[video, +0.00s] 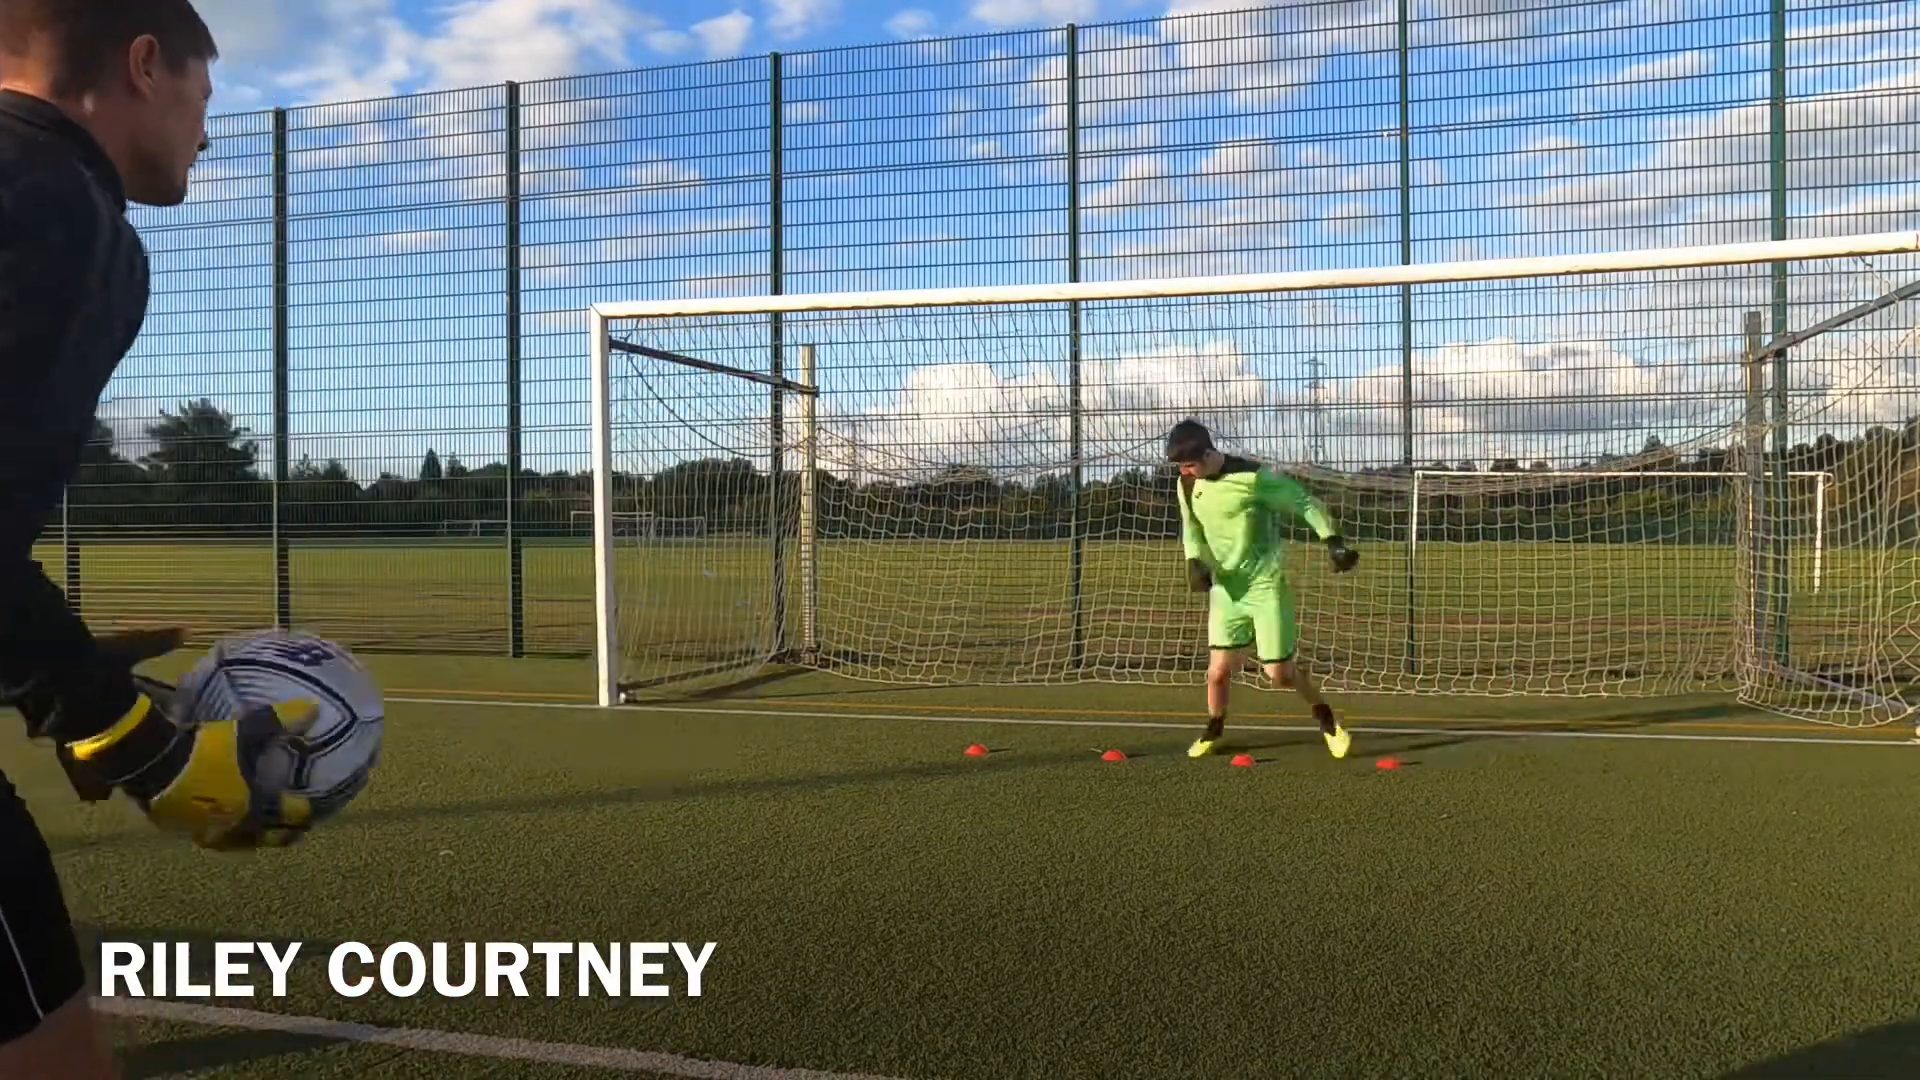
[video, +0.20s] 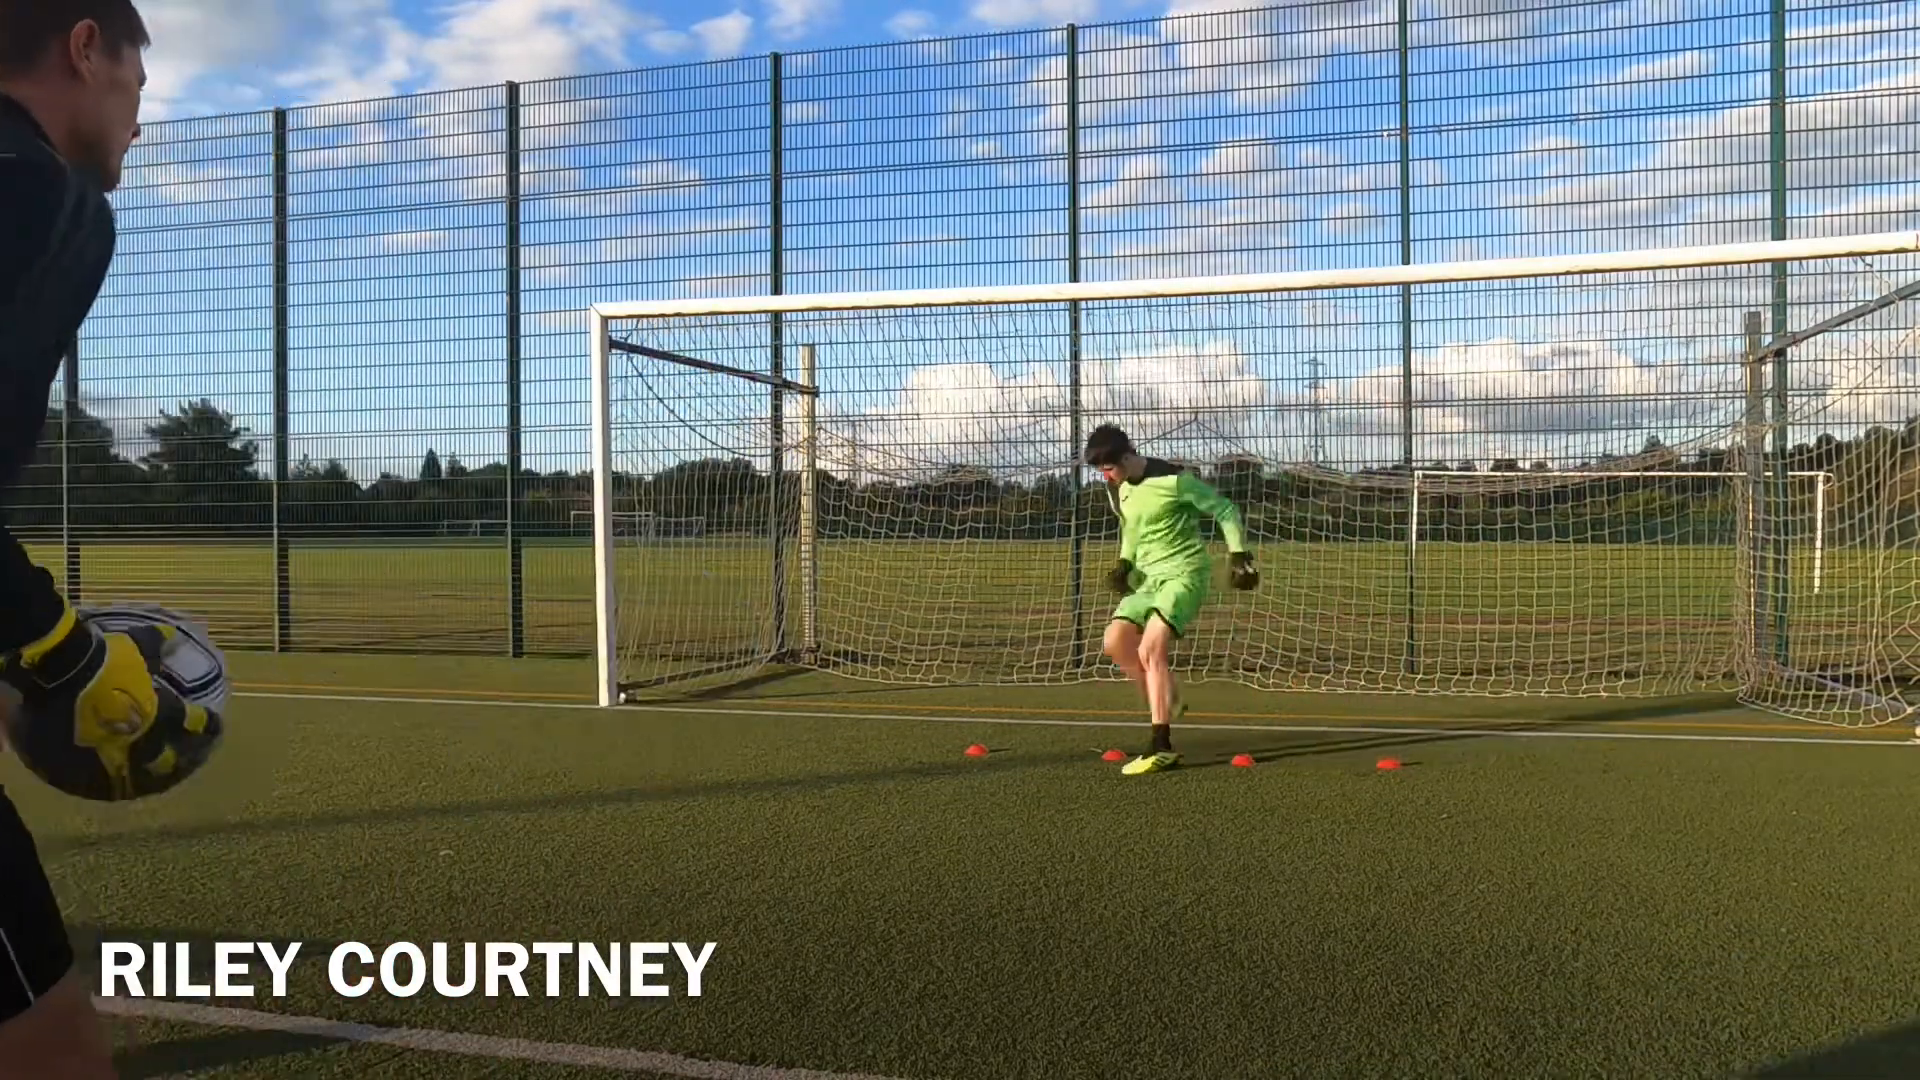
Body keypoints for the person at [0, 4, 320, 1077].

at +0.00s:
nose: (205, 130)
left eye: (209, 98)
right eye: (202, 92)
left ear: (47, 64)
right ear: (139, 64)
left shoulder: (34, 192)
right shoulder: (69, 220)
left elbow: (5, 530)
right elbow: (5, 533)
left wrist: (72, 682)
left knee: (58, 1033)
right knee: (55, 1040)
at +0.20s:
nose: (139, 117)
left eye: (142, 87)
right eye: (137, 82)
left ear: (54, 52)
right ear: (82, 52)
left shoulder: (42, 197)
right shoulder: (50, 201)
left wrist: (45, 654)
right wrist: (58, 654)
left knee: (51, 1033)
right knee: (52, 1039)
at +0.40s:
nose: (110, 88)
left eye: (114, 60)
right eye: (110, 53)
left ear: (45, 42)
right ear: (58, 39)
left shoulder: (49, 195)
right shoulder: (47, 194)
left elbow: (26, 484)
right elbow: (22, 482)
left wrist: (94, 697)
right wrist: (103, 694)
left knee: (44, 1010)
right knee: (42, 1017)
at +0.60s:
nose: (125, 190)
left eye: (136, 166)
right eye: (131, 157)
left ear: (38, 106)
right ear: (88, 107)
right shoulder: (71, 247)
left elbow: (47, 541)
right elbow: (106, 536)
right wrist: (247, 592)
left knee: (28, 996)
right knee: (24, 1001)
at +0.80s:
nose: (238, 213)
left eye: (244, 189)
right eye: (240, 184)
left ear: (87, 147)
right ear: (199, 147)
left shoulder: (8, 235)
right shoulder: (196, 257)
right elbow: (198, 467)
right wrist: (345, 600)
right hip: (61, 693)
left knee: (160, 945)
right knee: (38, 1006)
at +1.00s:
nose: (306, 225)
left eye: (308, 205)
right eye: (309, 200)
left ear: (170, 169)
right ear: (277, 169)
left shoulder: (42, 277)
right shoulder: (265, 248)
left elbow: (18, 474)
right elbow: (191, 427)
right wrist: (195, 654)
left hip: (49, 687)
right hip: (212, 679)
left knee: (218, 927)